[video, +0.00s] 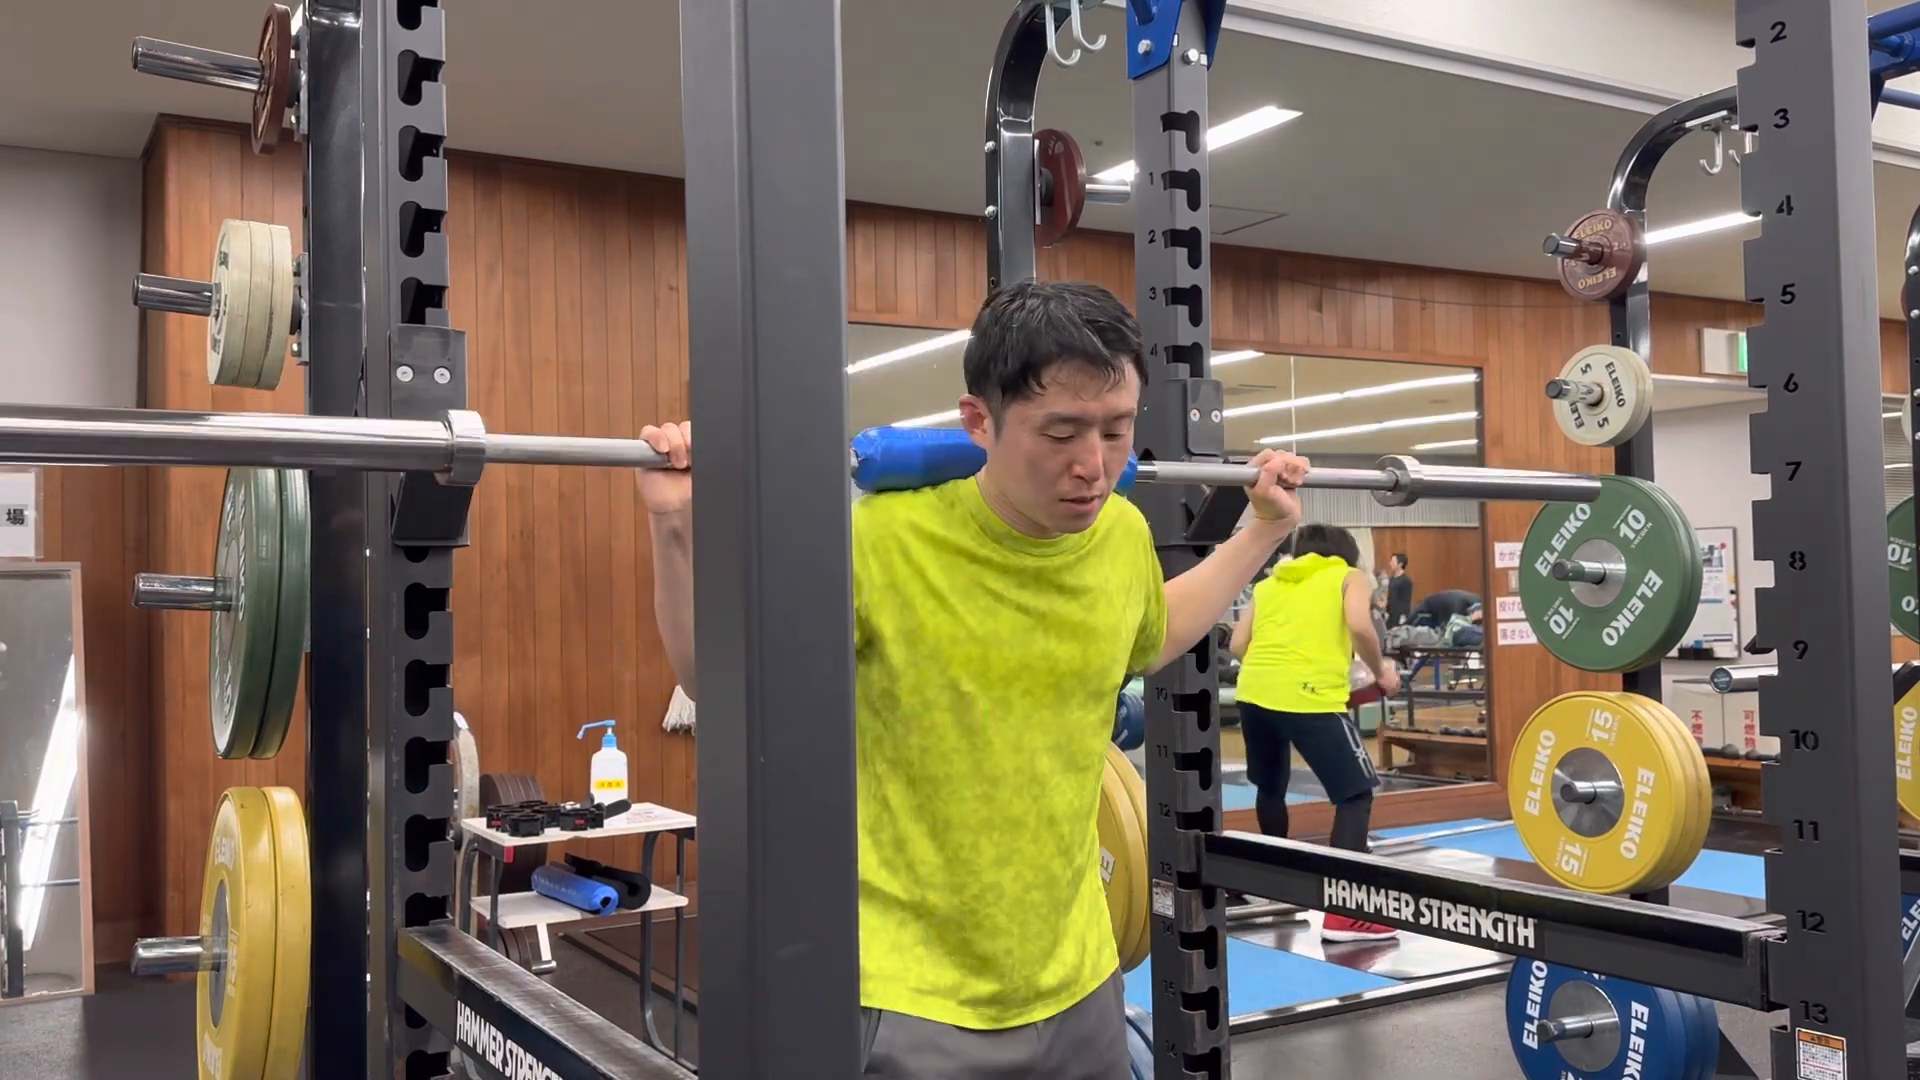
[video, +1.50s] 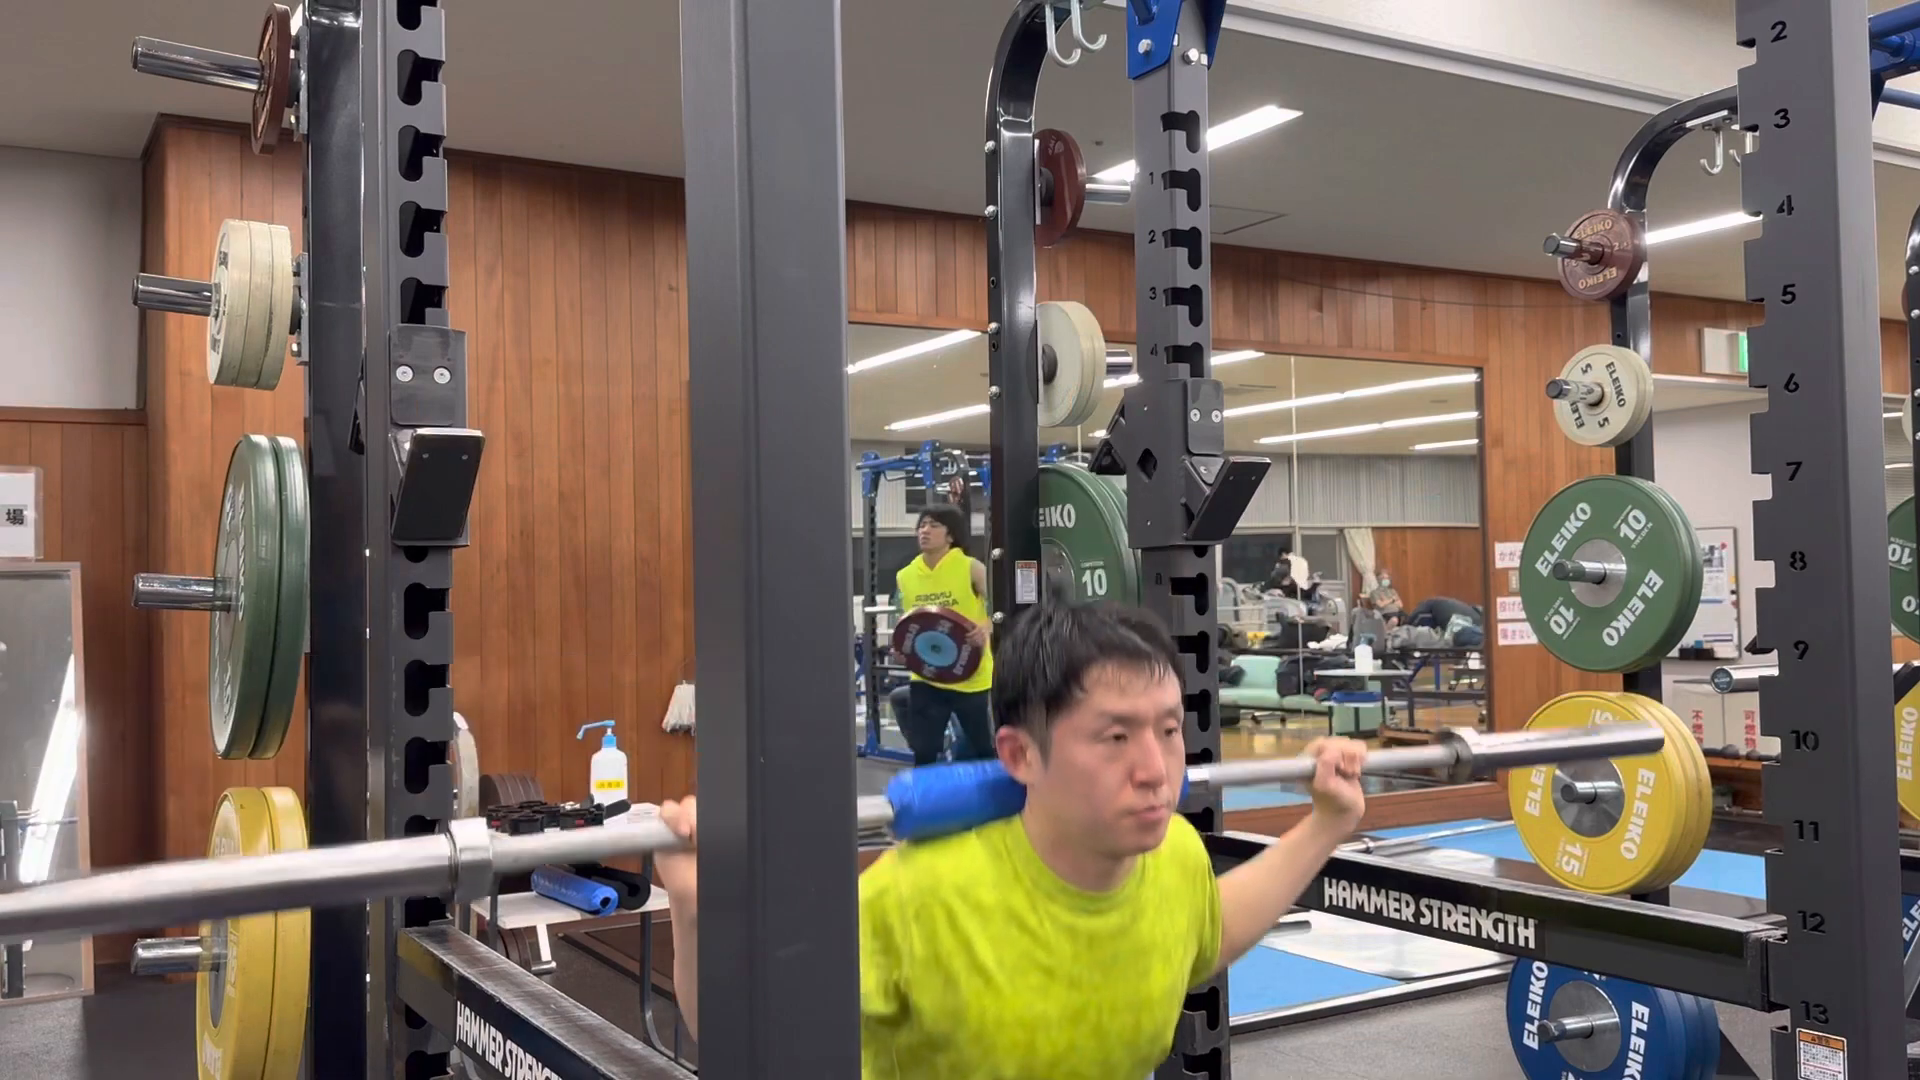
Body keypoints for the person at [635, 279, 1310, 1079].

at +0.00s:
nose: (1094, 463)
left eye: (1114, 429)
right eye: (1060, 431)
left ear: (1134, 418)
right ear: (979, 420)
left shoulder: (1122, 535)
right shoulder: (878, 542)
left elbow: (1144, 640)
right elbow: (712, 675)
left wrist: (1260, 535)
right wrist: (675, 528)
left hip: (1078, 987)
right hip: (914, 1005)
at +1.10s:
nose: (1133, 485)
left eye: (1147, 453)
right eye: (1092, 454)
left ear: (1164, 461)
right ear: (999, 476)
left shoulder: (1151, 599)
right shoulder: (894, 608)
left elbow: (1183, 711)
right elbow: (719, 761)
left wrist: (1298, 598)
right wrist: (677, 612)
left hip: (1091, 1025)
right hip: (914, 1037)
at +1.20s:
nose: (1141, 559)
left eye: (1155, 527)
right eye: (1099, 528)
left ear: (1170, 535)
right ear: (1007, 546)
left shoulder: (1161, 667)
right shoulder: (905, 683)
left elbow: (1193, 768)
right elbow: (729, 834)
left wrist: (1308, 652)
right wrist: (681, 686)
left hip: (1079, 1050)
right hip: (911, 1052)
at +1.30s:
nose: (1149, 647)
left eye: (1163, 614)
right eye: (1107, 618)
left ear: (1179, 619)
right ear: (1014, 637)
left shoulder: (1169, 748)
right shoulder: (911, 777)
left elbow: (1196, 848)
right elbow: (735, 917)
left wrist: (1316, 730)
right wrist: (691, 788)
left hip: (1074, 1060)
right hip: (905, 1060)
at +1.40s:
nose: (1152, 704)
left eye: (1165, 670)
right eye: (1109, 674)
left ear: (1181, 674)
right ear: (1017, 692)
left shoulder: (1173, 797)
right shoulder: (906, 839)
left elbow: (1200, 891)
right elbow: (737, 977)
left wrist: (1319, 775)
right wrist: (692, 838)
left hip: (1092, 1063)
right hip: (917, 1064)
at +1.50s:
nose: (1157, 766)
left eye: (1169, 729)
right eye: (1114, 737)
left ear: (1186, 732)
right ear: (1019, 754)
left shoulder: (1179, 856)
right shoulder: (915, 895)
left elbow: (1203, 945)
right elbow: (735, 1033)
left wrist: (1324, 830)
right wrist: (694, 908)